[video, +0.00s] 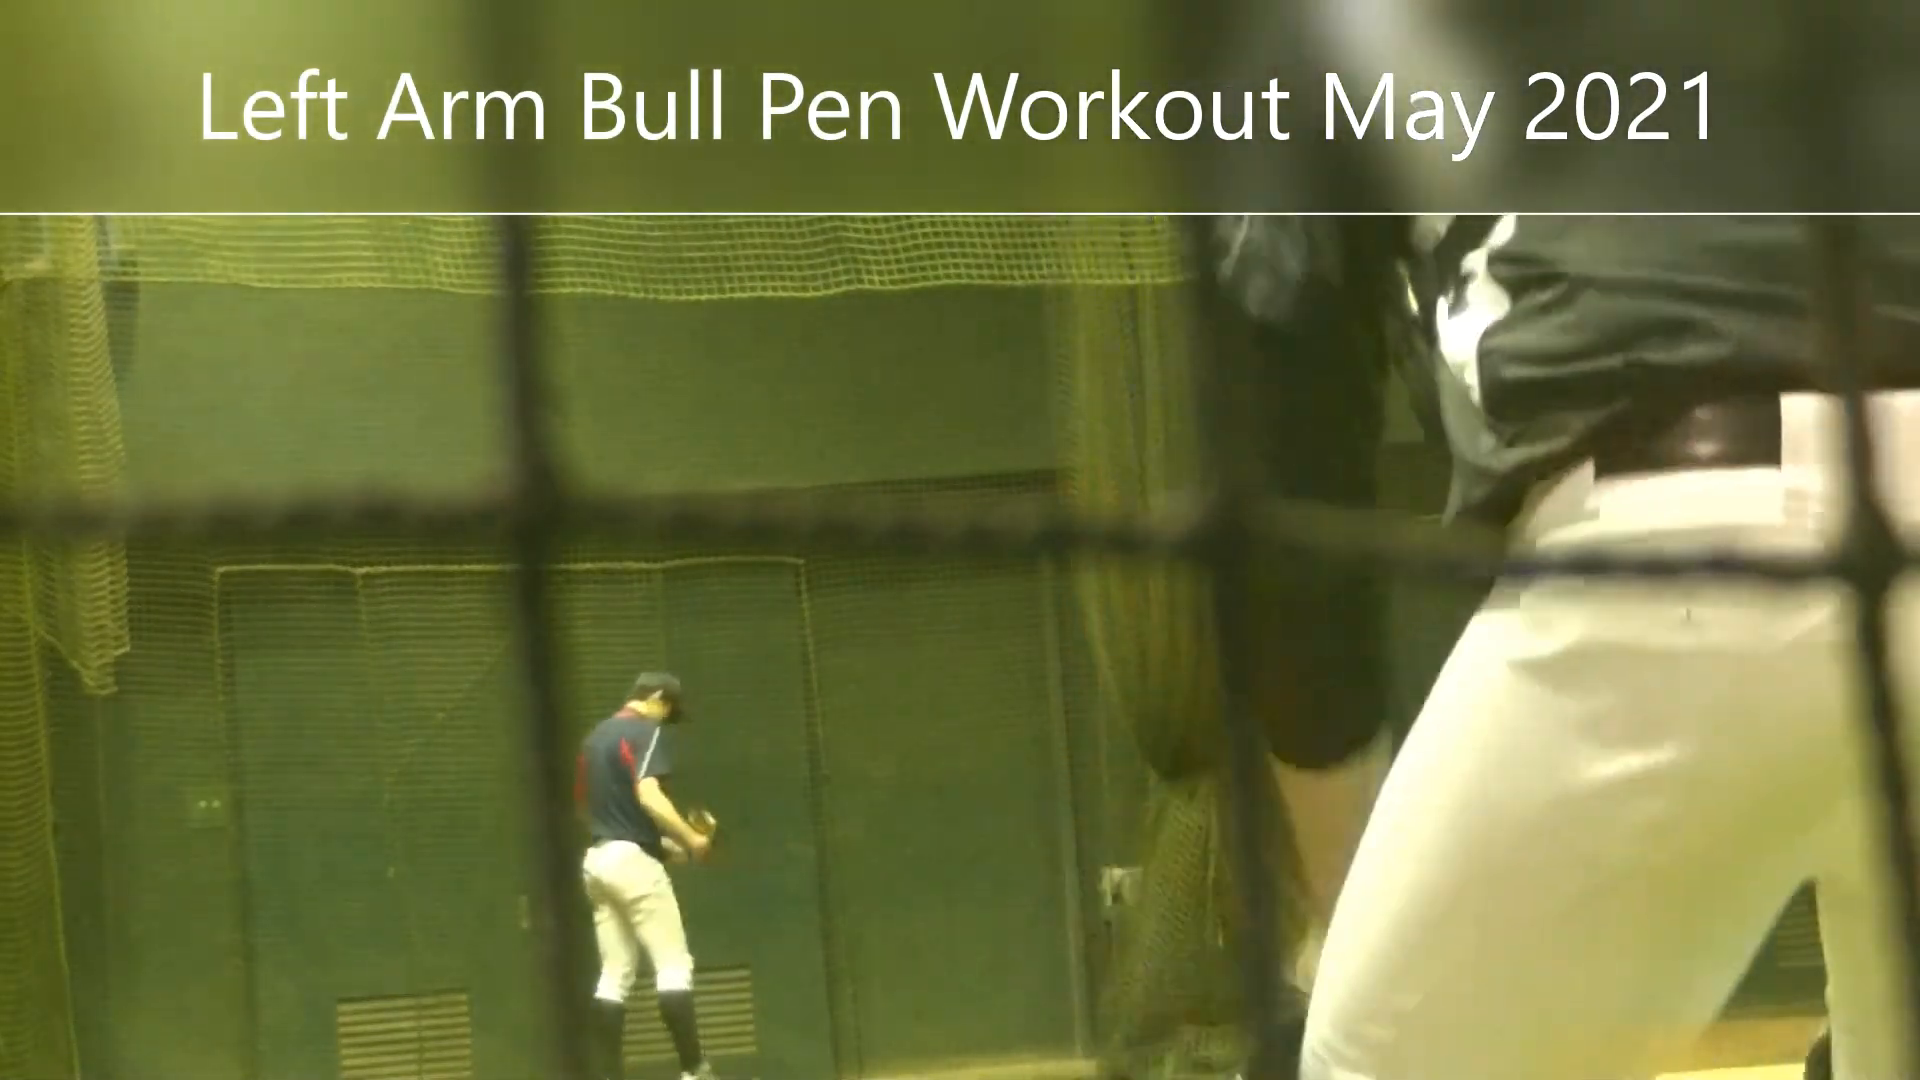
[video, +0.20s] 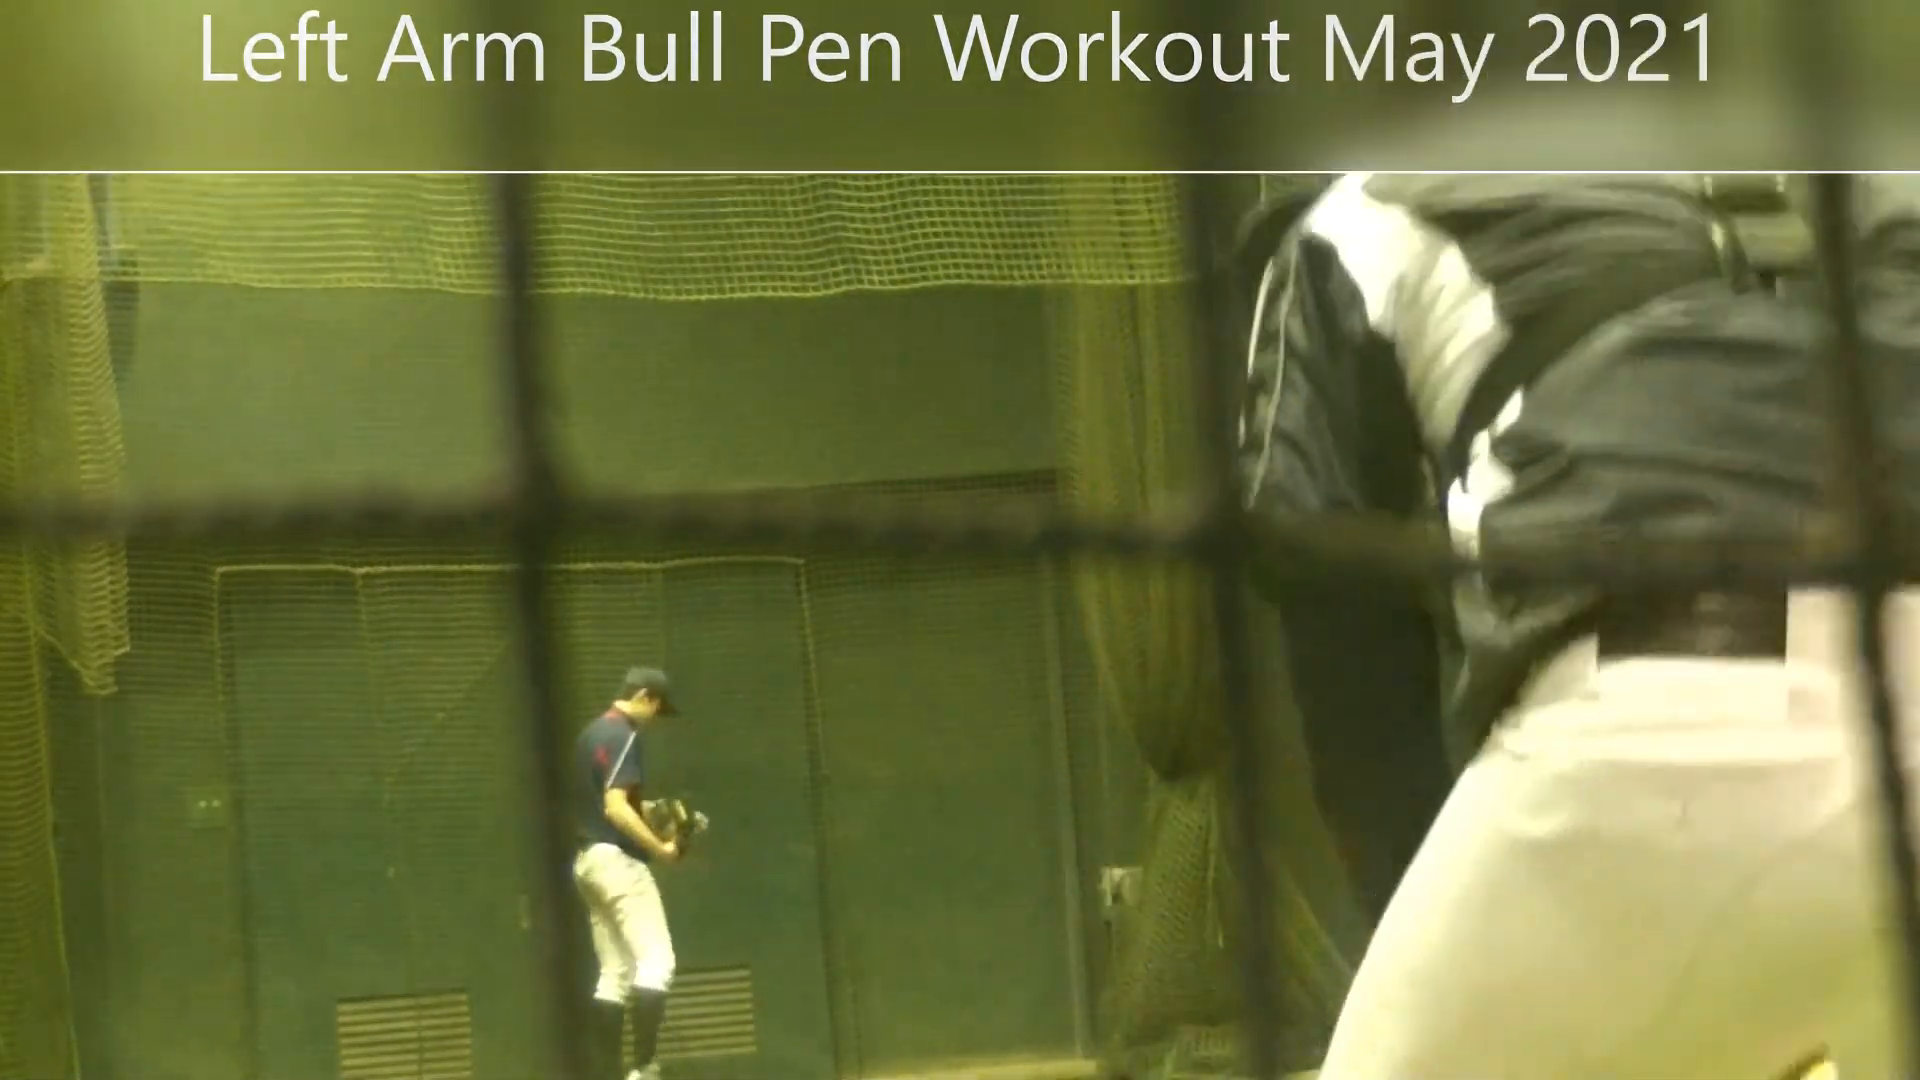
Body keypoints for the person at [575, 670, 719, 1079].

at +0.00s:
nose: (665, 718)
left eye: (668, 712)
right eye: (667, 711)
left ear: (635, 697)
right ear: (657, 700)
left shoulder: (596, 735)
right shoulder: (645, 729)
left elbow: (595, 809)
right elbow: (648, 794)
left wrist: (659, 844)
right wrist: (692, 837)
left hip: (595, 859)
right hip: (631, 857)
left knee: (615, 971)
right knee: (672, 961)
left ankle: (605, 1072)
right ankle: (693, 1067)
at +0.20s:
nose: (655, 720)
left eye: (659, 713)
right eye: (658, 711)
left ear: (635, 695)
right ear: (644, 697)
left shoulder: (595, 731)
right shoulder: (622, 733)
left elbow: (607, 802)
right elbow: (614, 804)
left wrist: (654, 825)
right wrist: (658, 847)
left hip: (585, 858)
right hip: (614, 858)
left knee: (614, 969)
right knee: (655, 959)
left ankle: (606, 1071)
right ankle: (644, 1066)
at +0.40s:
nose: (646, 718)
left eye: (650, 710)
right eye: (647, 709)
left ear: (629, 698)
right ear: (630, 698)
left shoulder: (607, 732)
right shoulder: (604, 736)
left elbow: (633, 767)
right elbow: (587, 809)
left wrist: (696, 765)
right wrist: (633, 853)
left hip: (607, 863)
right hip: (601, 865)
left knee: (621, 965)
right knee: (627, 964)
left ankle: (600, 1064)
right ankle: (604, 1066)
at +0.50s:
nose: (647, 718)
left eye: (650, 710)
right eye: (646, 708)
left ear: (629, 701)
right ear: (626, 698)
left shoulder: (612, 739)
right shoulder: (598, 739)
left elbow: (653, 755)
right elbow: (572, 808)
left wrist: (708, 735)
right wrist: (616, 855)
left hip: (619, 868)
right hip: (595, 867)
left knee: (625, 975)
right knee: (617, 975)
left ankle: (607, 1069)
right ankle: (600, 1070)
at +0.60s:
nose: (649, 717)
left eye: (651, 709)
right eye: (646, 707)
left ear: (631, 705)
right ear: (624, 700)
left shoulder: (621, 746)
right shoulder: (589, 749)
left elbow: (677, 757)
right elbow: (560, 816)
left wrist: (724, 720)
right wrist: (599, 858)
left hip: (620, 877)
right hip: (587, 878)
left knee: (628, 979)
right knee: (602, 980)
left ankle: (611, 1070)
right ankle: (593, 1073)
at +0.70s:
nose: (647, 723)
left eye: (650, 715)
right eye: (643, 713)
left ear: (637, 710)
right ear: (621, 705)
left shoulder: (633, 750)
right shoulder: (579, 751)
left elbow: (690, 772)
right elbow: (543, 815)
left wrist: (740, 740)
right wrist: (576, 855)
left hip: (616, 878)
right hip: (579, 879)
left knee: (633, 971)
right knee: (593, 979)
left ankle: (607, 1069)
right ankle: (588, 1071)